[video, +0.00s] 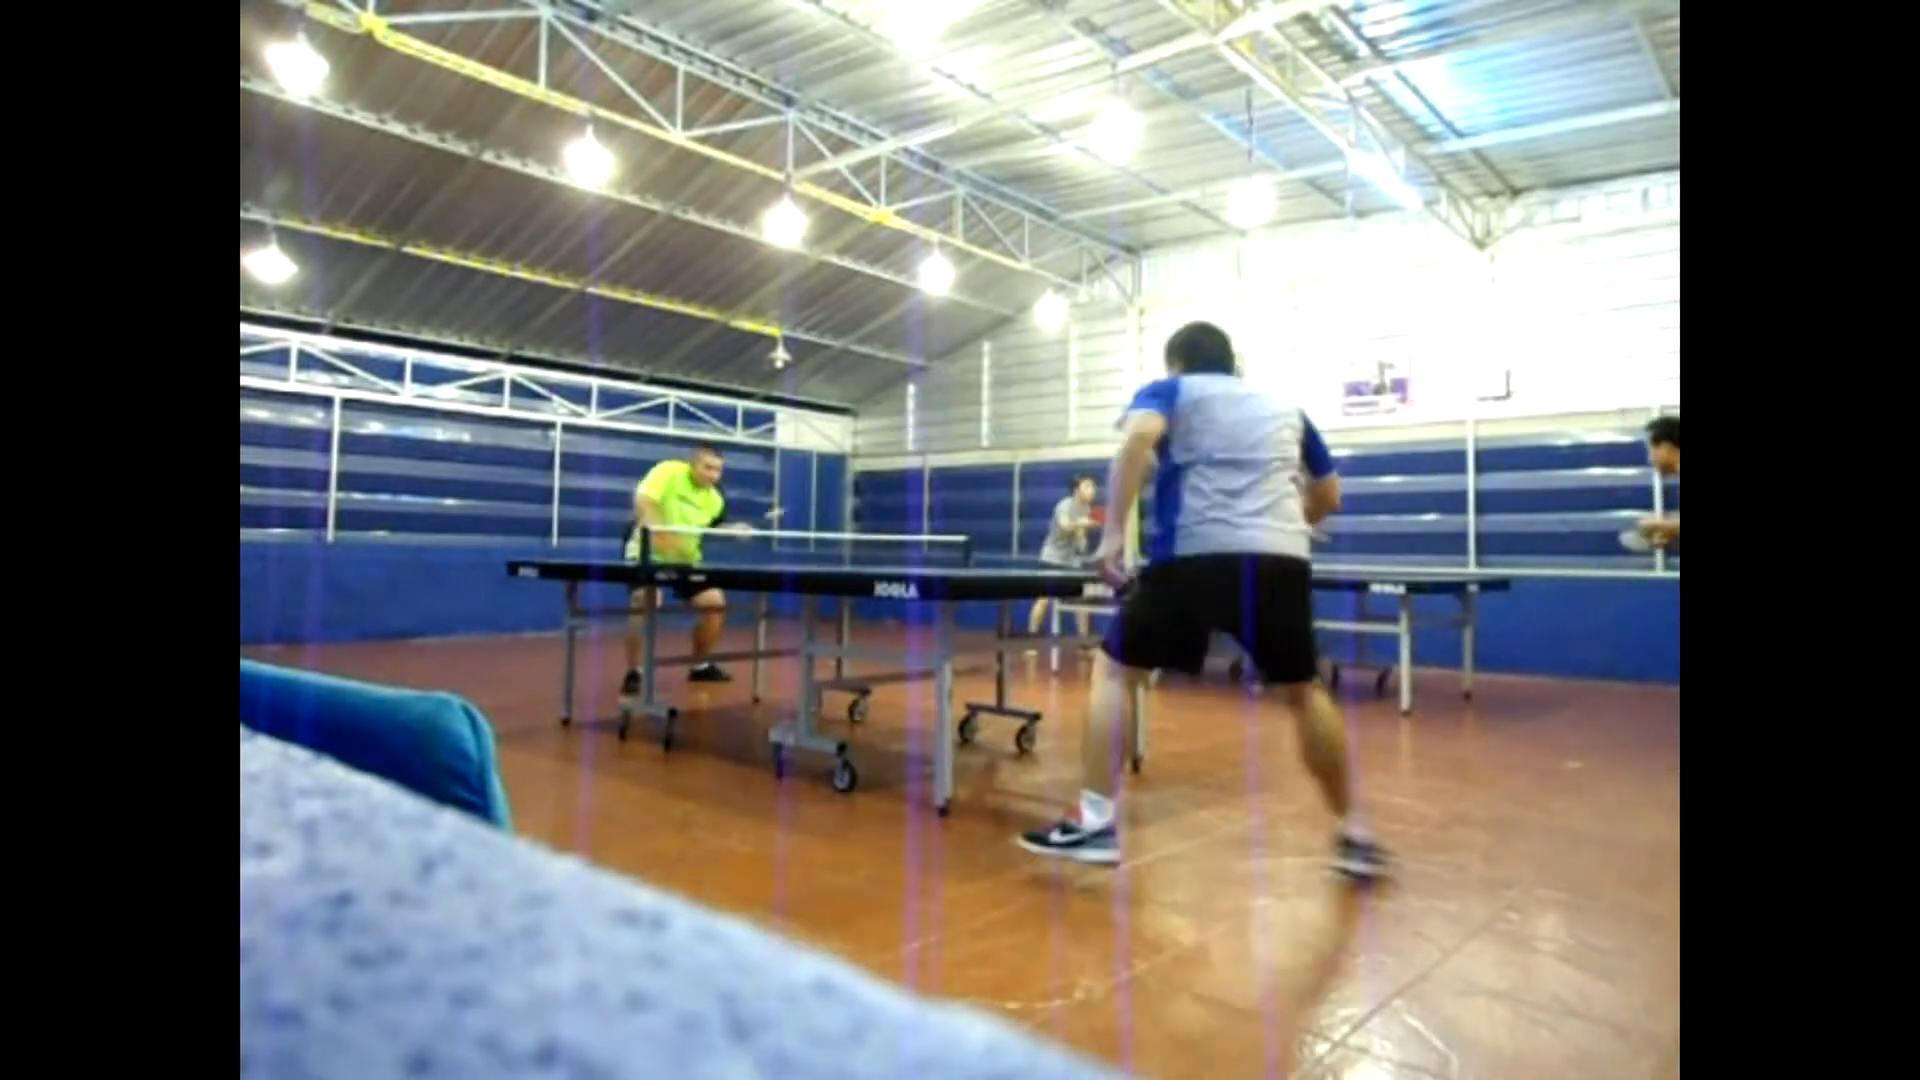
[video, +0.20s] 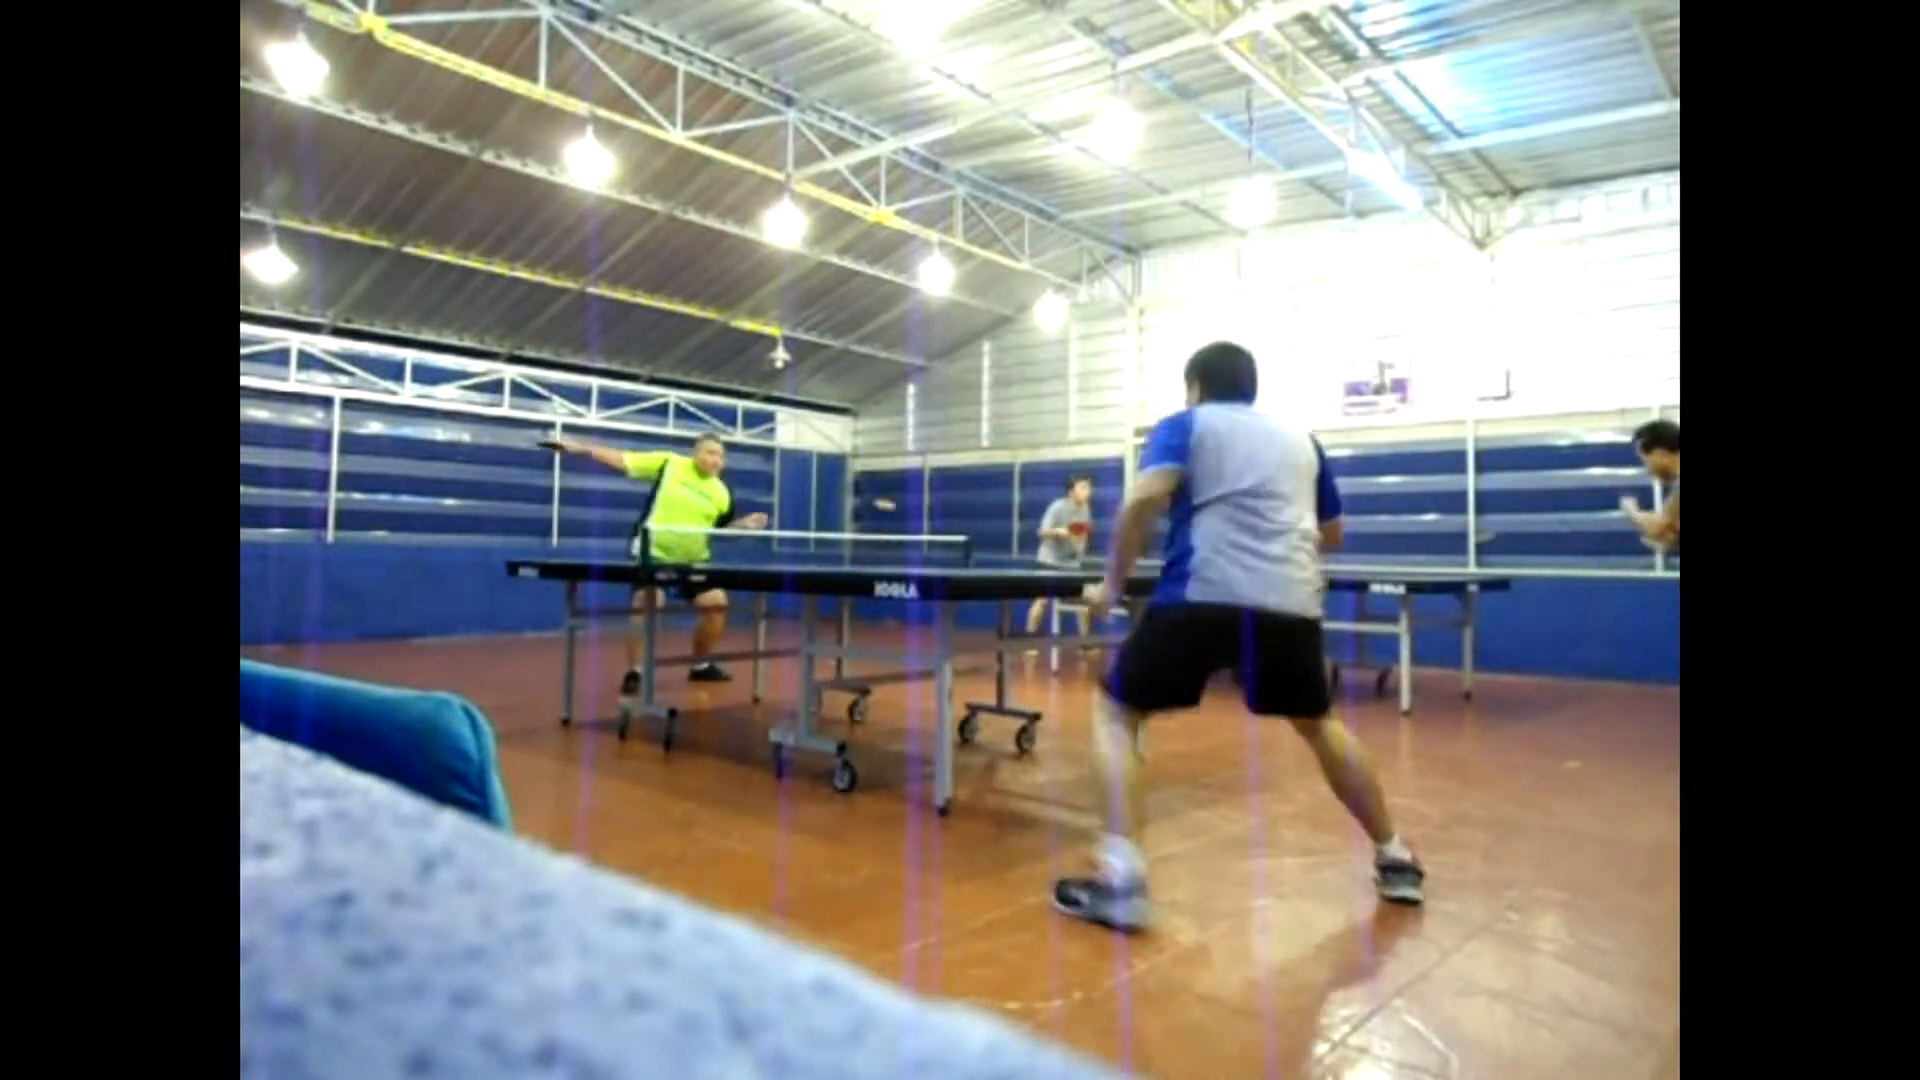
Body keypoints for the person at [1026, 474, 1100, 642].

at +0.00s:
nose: (1091, 491)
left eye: (1092, 487)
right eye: (1086, 486)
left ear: (1094, 490)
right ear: (1077, 489)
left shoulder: (1086, 510)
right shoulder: (1065, 505)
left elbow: (1081, 531)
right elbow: (1064, 525)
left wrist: (1082, 548)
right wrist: (1084, 524)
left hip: (1074, 560)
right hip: (1053, 559)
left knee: (1081, 602)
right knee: (1044, 598)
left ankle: (1084, 639)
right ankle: (1032, 635)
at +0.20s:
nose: (1086, 492)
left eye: (1088, 488)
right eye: (1082, 487)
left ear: (1089, 491)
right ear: (1072, 490)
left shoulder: (1085, 508)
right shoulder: (1059, 506)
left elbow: (1085, 529)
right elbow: (1043, 530)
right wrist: (1060, 532)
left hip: (1074, 560)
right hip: (1050, 560)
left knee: (1083, 601)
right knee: (1043, 598)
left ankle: (1085, 638)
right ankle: (1030, 634)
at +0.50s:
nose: (1076, 498)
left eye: (1078, 493)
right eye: (1072, 493)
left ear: (1081, 496)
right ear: (1063, 496)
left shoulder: (1080, 515)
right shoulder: (1048, 513)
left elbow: (1082, 534)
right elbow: (1031, 537)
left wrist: (1075, 543)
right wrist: (1052, 545)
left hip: (1066, 563)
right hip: (1041, 563)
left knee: (1076, 600)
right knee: (1037, 599)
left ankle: (1080, 638)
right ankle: (1029, 636)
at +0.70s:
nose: (1084, 506)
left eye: (1086, 502)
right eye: (1080, 501)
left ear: (1087, 504)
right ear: (1070, 503)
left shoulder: (1079, 519)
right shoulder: (1055, 517)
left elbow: (1073, 544)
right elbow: (1049, 547)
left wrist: (1085, 551)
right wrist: (1078, 551)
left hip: (1065, 564)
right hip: (1042, 564)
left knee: (1077, 600)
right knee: (1041, 597)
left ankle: (1079, 639)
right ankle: (1029, 636)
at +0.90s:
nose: (1089, 496)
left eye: (1090, 492)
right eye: (1085, 491)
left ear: (1091, 495)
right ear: (1075, 493)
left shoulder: (1081, 511)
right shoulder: (1063, 510)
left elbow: (1078, 535)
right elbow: (1074, 530)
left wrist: (1080, 556)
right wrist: (1096, 527)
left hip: (1069, 561)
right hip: (1049, 561)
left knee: (1077, 601)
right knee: (1042, 598)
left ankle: (1079, 638)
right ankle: (1030, 635)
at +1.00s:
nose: (1089, 492)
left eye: (1091, 488)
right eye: (1085, 487)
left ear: (1091, 492)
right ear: (1076, 489)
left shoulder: (1082, 509)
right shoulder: (1064, 505)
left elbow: (1079, 529)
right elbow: (1069, 526)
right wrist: (1091, 522)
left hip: (1072, 560)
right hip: (1051, 559)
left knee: (1077, 600)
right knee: (1042, 596)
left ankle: (1079, 638)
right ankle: (1029, 633)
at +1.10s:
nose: (1088, 491)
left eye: (1090, 487)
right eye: (1084, 486)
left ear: (1091, 490)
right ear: (1075, 488)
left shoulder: (1085, 509)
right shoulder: (1062, 504)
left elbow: (1080, 529)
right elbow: (1060, 527)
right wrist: (1078, 524)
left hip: (1072, 560)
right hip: (1050, 559)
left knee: (1077, 601)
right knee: (1041, 597)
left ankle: (1079, 639)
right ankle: (1028, 634)